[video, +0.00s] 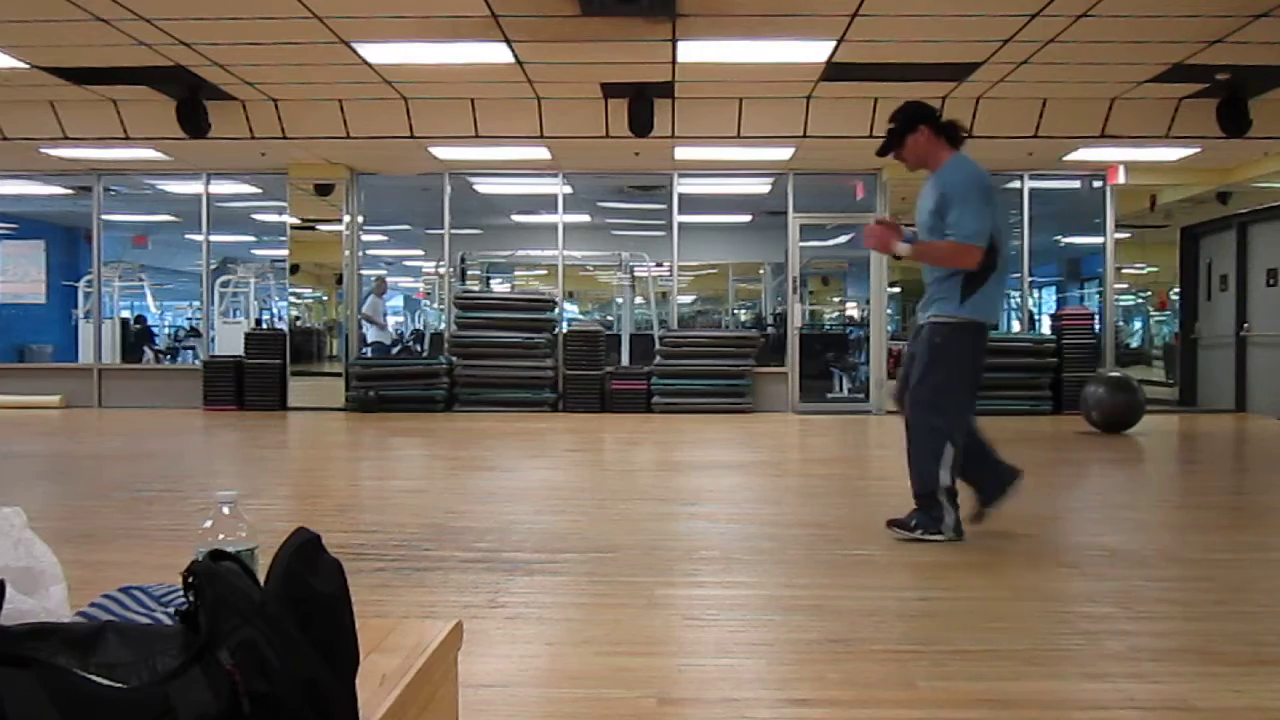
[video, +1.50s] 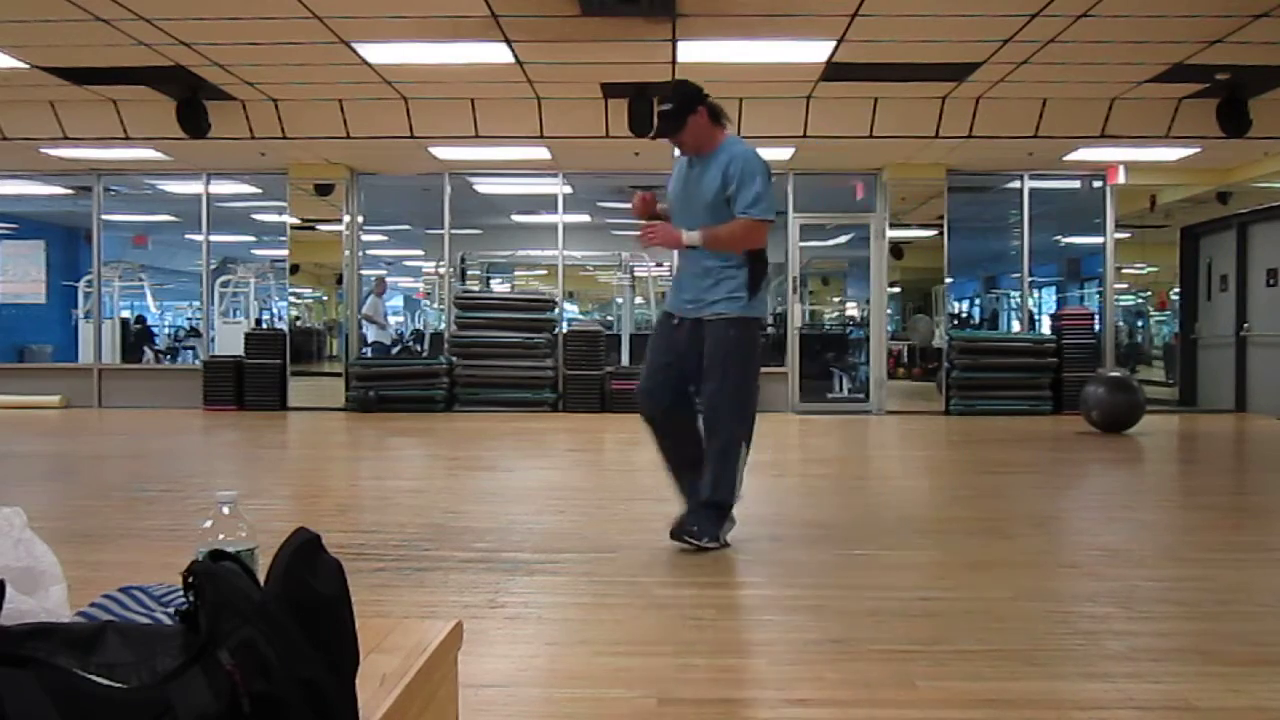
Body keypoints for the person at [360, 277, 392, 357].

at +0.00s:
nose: (386, 288)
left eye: (386, 286)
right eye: (384, 286)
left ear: (384, 286)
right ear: (378, 286)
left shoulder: (381, 300)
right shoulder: (372, 298)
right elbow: (365, 313)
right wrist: (379, 323)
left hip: (384, 336)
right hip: (376, 337)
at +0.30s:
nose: (385, 289)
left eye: (386, 286)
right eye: (383, 286)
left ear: (385, 287)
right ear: (377, 287)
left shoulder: (380, 300)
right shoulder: (372, 299)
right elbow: (365, 314)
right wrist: (378, 324)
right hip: (376, 337)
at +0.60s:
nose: (386, 288)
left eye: (386, 286)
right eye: (384, 286)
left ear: (385, 287)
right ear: (378, 286)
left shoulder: (381, 300)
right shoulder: (373, 299)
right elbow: (366, 315)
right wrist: (381, 322)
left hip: (384, 338)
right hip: (377, 338)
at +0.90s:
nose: (386, 289)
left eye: (386, 286)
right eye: (384, 286)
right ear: (378, 286)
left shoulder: (380, 300)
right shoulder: (373, 299)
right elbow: (367, 314)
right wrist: (381, 322)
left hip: (384, 337)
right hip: (377, 338)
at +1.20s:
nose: (385, 288)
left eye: (385, 286)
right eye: (383, 286)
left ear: (386, 286)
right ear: (377, 287)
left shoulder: (381, 300)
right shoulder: (373, 299)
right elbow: (367, 314)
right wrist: (380, 323)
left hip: (384, 337)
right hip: (377, 338)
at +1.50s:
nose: (385, 289)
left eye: (385, 286)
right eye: (383, 286)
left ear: (385, 287)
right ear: (377, 287)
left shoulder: (381, 300)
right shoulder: (373, 299)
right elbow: (365, 314)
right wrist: (379, 323)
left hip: (384, 337)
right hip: (376, 337)